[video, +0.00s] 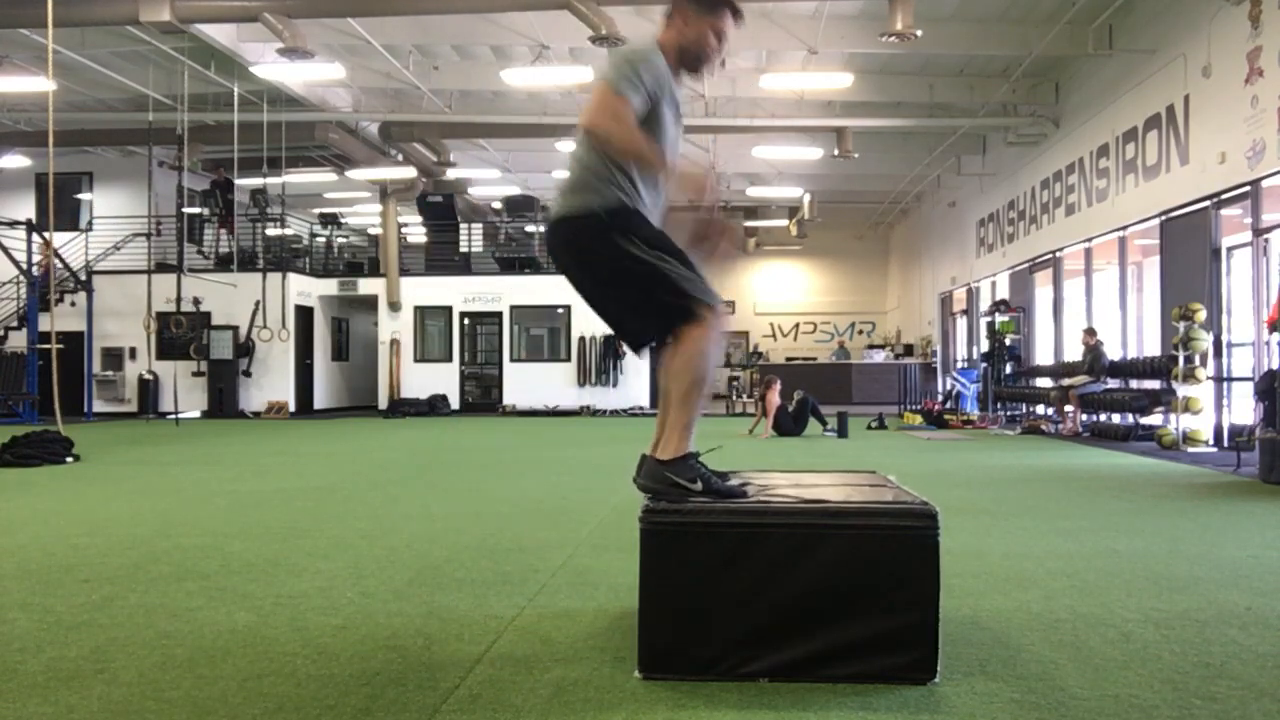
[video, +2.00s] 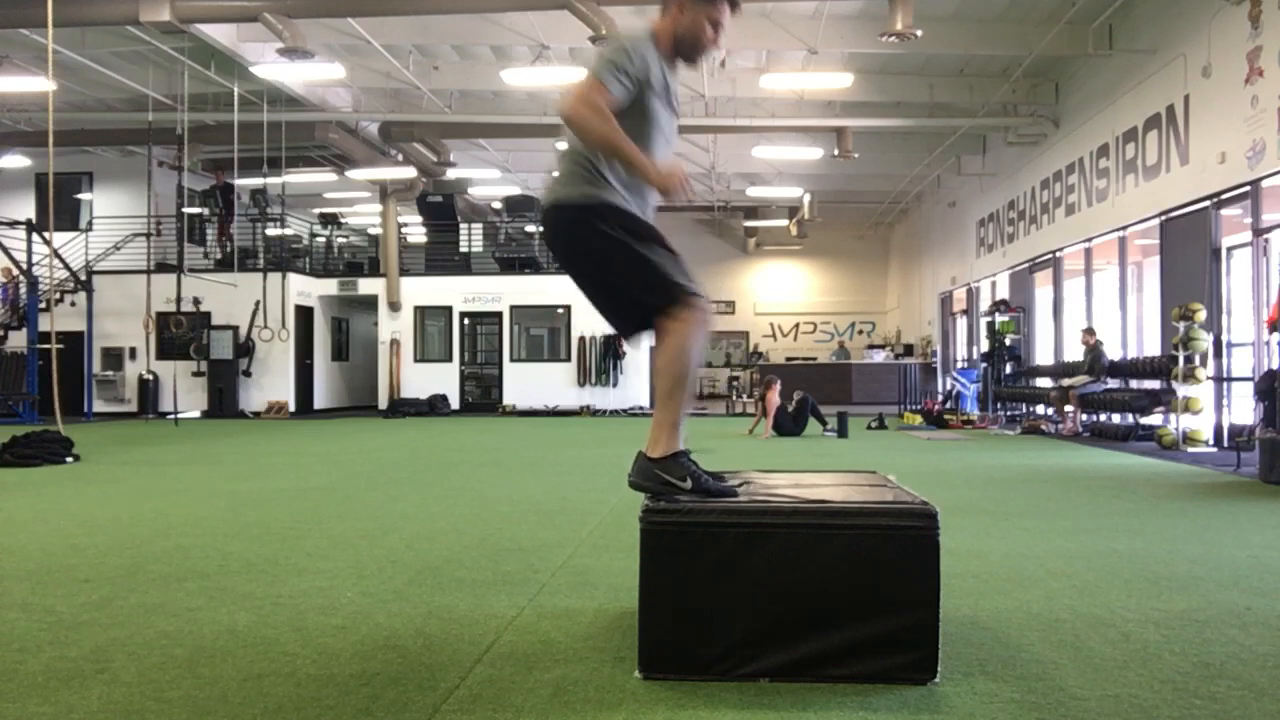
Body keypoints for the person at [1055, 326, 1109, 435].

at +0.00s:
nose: (1082, 339)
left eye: (1085, 337)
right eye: (1083, 336)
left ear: (1092, 338)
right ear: (1089, 338)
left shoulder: (1099, 353)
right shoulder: (1087, 351)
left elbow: (1097, 377)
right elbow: (1084, 370)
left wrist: (1076, 380)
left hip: (1098, 382)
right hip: (1086, 380)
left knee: (1073, 393)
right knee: (1057, 395)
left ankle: (1076, 426)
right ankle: (1066, 425)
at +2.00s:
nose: (1082, 339)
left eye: (1084, 337)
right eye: (1082, 336)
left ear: (1092, 338)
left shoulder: (1099, 353)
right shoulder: (1087, 351)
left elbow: (1096, 377)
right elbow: (1085, 372)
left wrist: (1074, 381)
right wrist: (1071, 380)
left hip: (1099, 382)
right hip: (1086, 380)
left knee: (1074, 393)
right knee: (1055, 395)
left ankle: (1076, 426)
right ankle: (1067, 425)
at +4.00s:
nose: (1082, 339)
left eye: (1085, 337)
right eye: (1082, 336)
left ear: (1092, 337)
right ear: (1087, 337)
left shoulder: (1099, 353)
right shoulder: (1088, 351)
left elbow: (1096, 376)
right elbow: (1085, 372)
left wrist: (1075, 381)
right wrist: (1072, 380)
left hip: (1099, 382)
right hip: (1086, 380)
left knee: (1073, 393)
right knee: (1054, 395)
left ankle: (1076, 426)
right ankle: (1066, 425)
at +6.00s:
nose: (1083, 340)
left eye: (1085, 337)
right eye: (1083, 337)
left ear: (1093, 338)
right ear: (1086, 338)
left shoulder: (1100, 353)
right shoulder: (1087, 351)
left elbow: (1095, 376)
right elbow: (1084, 371)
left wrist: (1072, 381)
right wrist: (1071, 380)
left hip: (1098, 382)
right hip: (1086, 379)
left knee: (1074, 393)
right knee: (1054, 395)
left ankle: (1076, 426)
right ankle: (1066, 424)